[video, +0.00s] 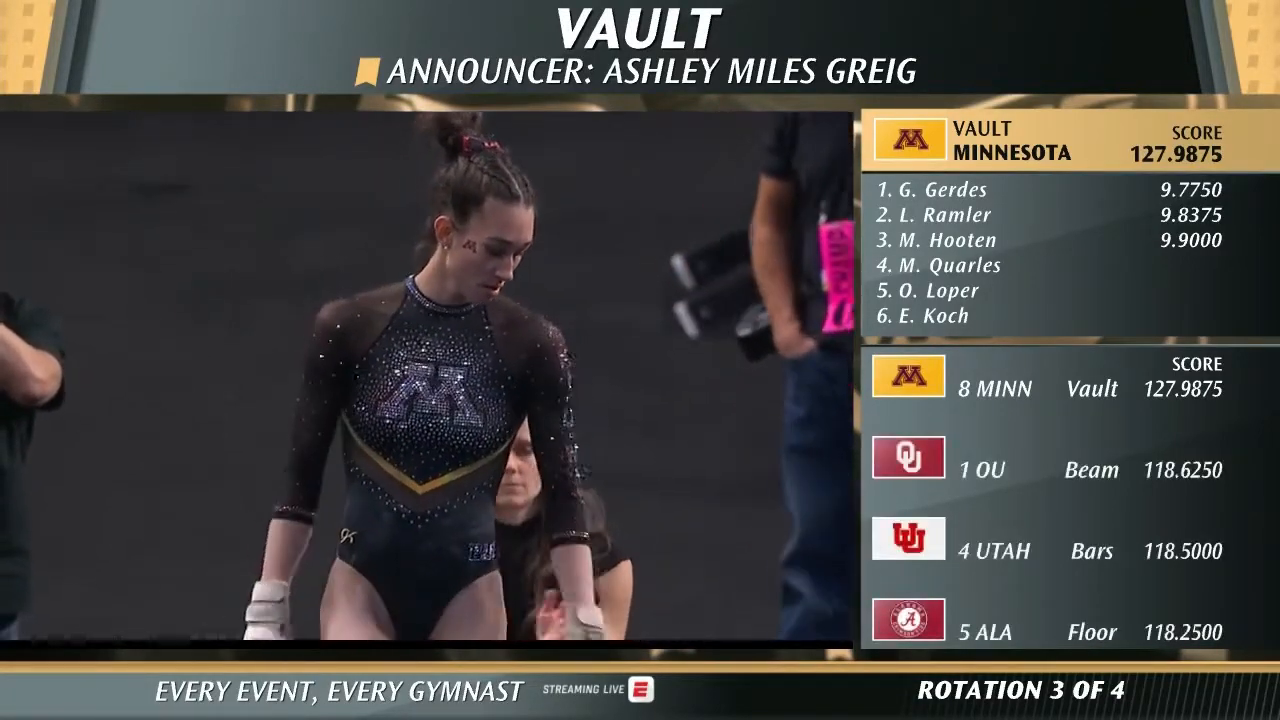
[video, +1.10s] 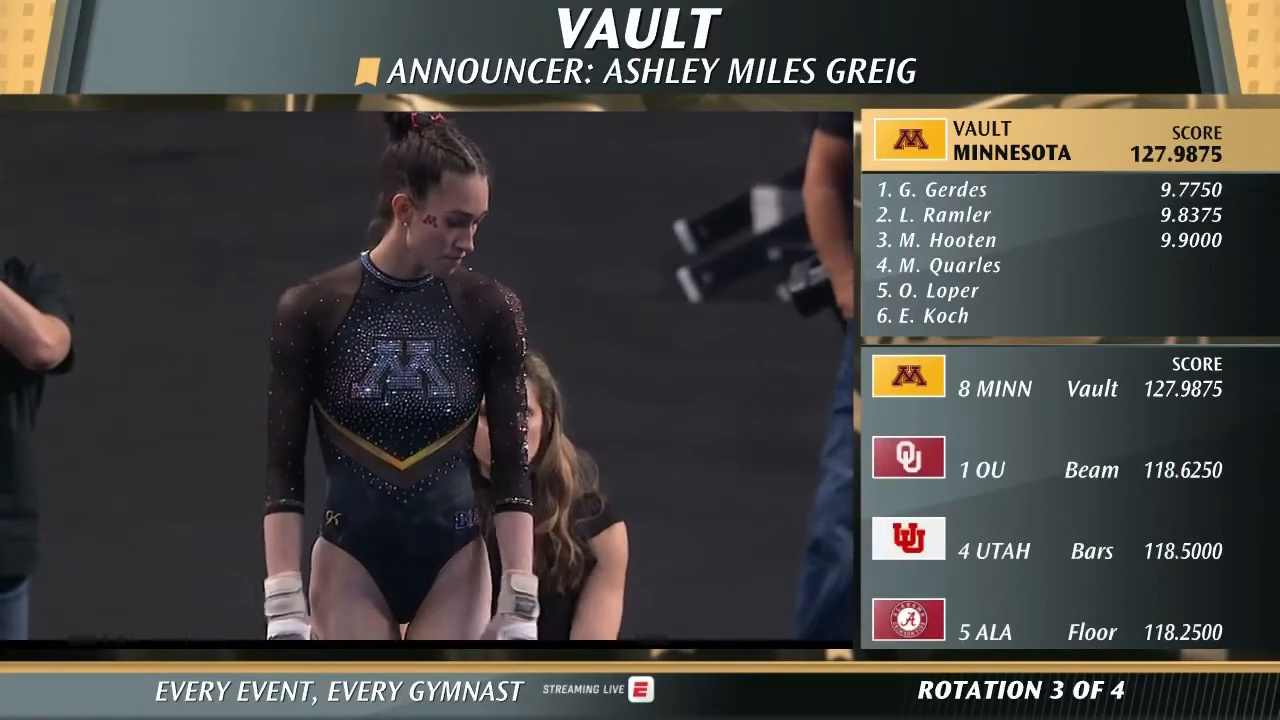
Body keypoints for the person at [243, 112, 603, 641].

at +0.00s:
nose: (508, 270)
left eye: (519, 253)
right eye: (495, 250)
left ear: (530, 243)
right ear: (445, 231)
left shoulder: (533, 346)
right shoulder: (348, 327)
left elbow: (561, 490)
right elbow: (303, 479)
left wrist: (584, 615)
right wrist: (266, 612)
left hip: (471, 584)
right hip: (361, 578)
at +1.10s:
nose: (468, 241)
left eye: (476, 223)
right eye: (454, 221)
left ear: (483, 213)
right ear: (403, 208)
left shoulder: (489, 310)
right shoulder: (310, 308)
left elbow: (510, 460)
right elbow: (284, 461)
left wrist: (519, 603)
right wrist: (284, 609)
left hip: (458, 558)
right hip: (348, 556)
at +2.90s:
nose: (470, 247)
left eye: (478, 229)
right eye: (456, 228)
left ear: (486, 218)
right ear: (404, 215)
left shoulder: (495, 317)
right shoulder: (317, 320)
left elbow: (526, 472)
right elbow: (292, 478)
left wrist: (543, 617)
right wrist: (273, 622)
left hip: (462, 566)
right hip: (354, 565)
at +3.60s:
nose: (462, 253)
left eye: (469, 235)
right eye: (448, 236)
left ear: (476, 224)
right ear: (395, 222)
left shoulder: (489, 318)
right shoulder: (307, 321)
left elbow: (516, 466)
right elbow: (282, 471)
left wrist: (499, 601)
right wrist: (291, 607)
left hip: (459, 570)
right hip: (349, 568)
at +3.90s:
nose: (463, 256)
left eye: (471, 238)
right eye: (447, 239)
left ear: (478, 225)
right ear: (396, 225)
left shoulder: (493, 319)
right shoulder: (310, 324)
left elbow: (519, 470)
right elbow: (283, 476)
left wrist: (525, 613)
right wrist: (268, 619)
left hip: (461, 572)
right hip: (354, 571)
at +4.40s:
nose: (459, 253)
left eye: (466, 235)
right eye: (443, 237)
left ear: (473, 223)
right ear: (391, 225)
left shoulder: (485, 324)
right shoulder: (305, 328)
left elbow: (511, 473)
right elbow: (280, 479)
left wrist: (528, 609)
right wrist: (263, 616)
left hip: (456, 575)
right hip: (348, 573)